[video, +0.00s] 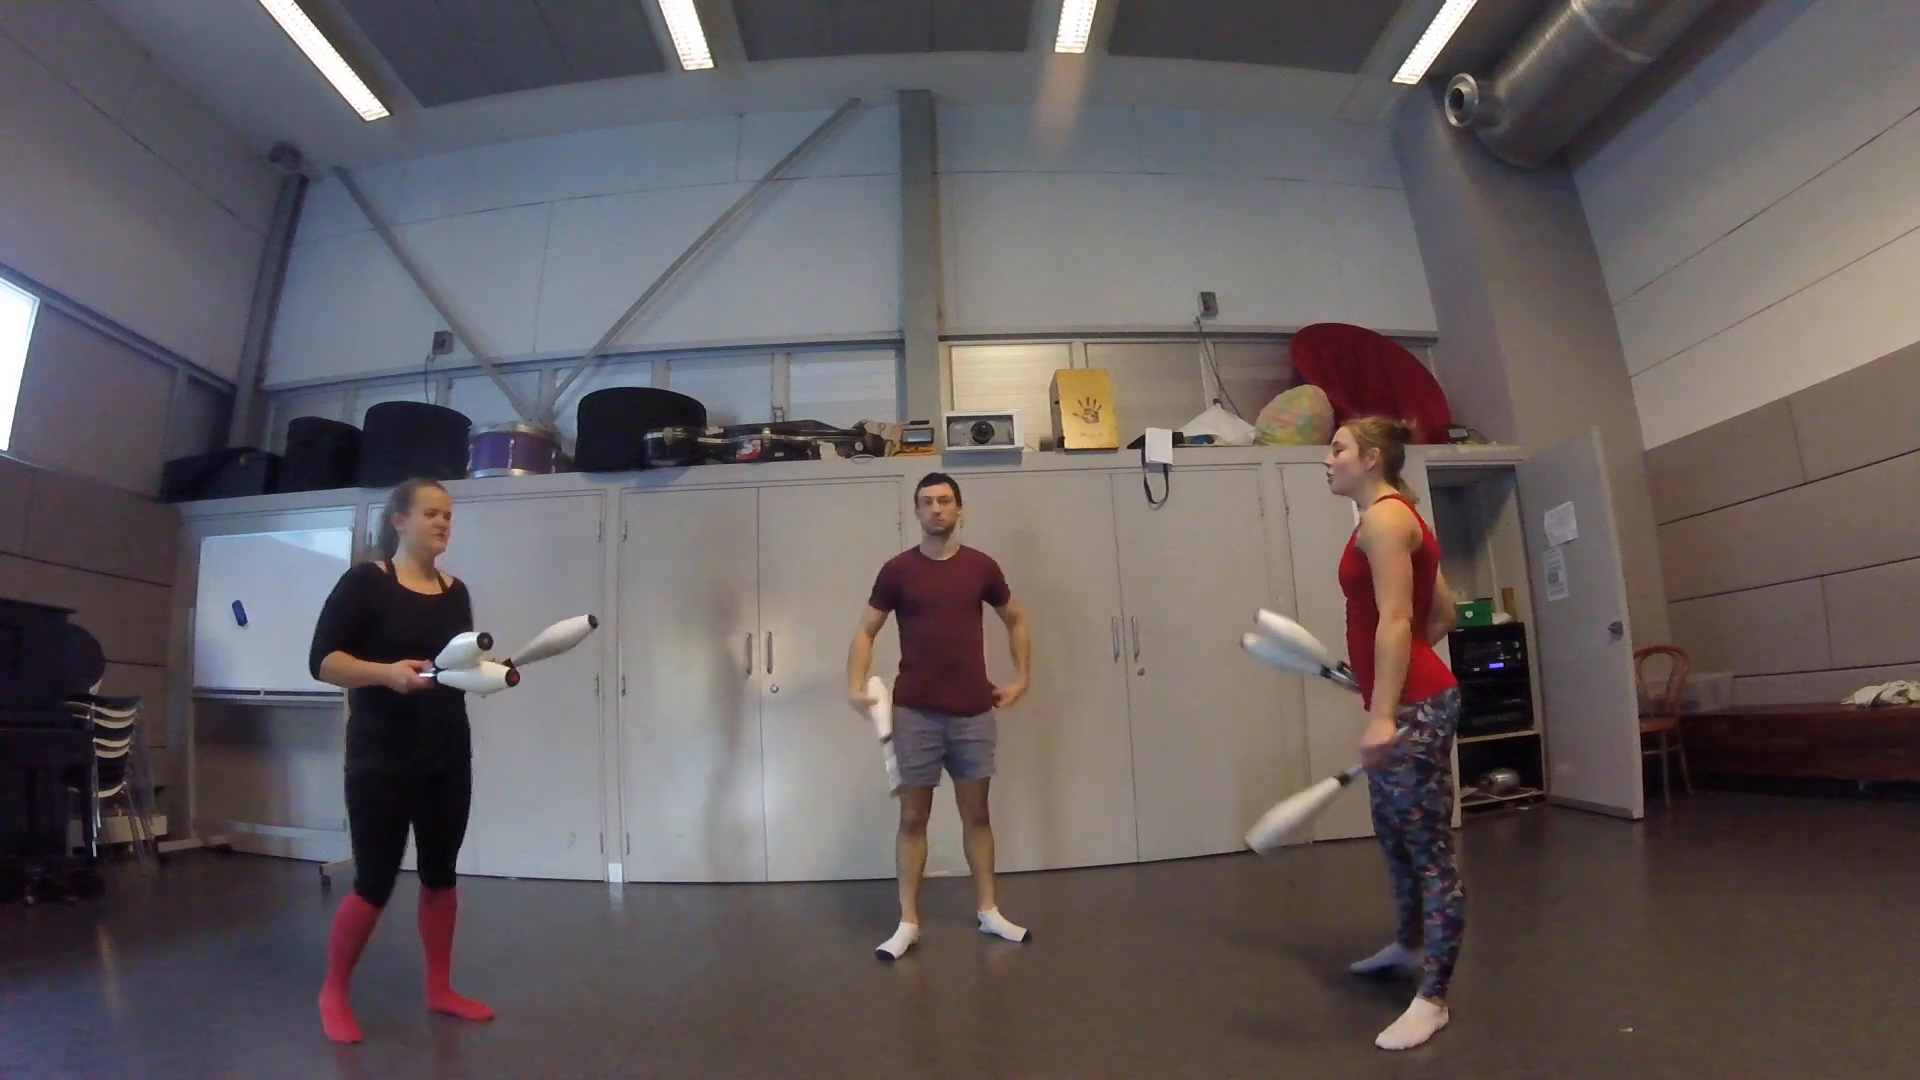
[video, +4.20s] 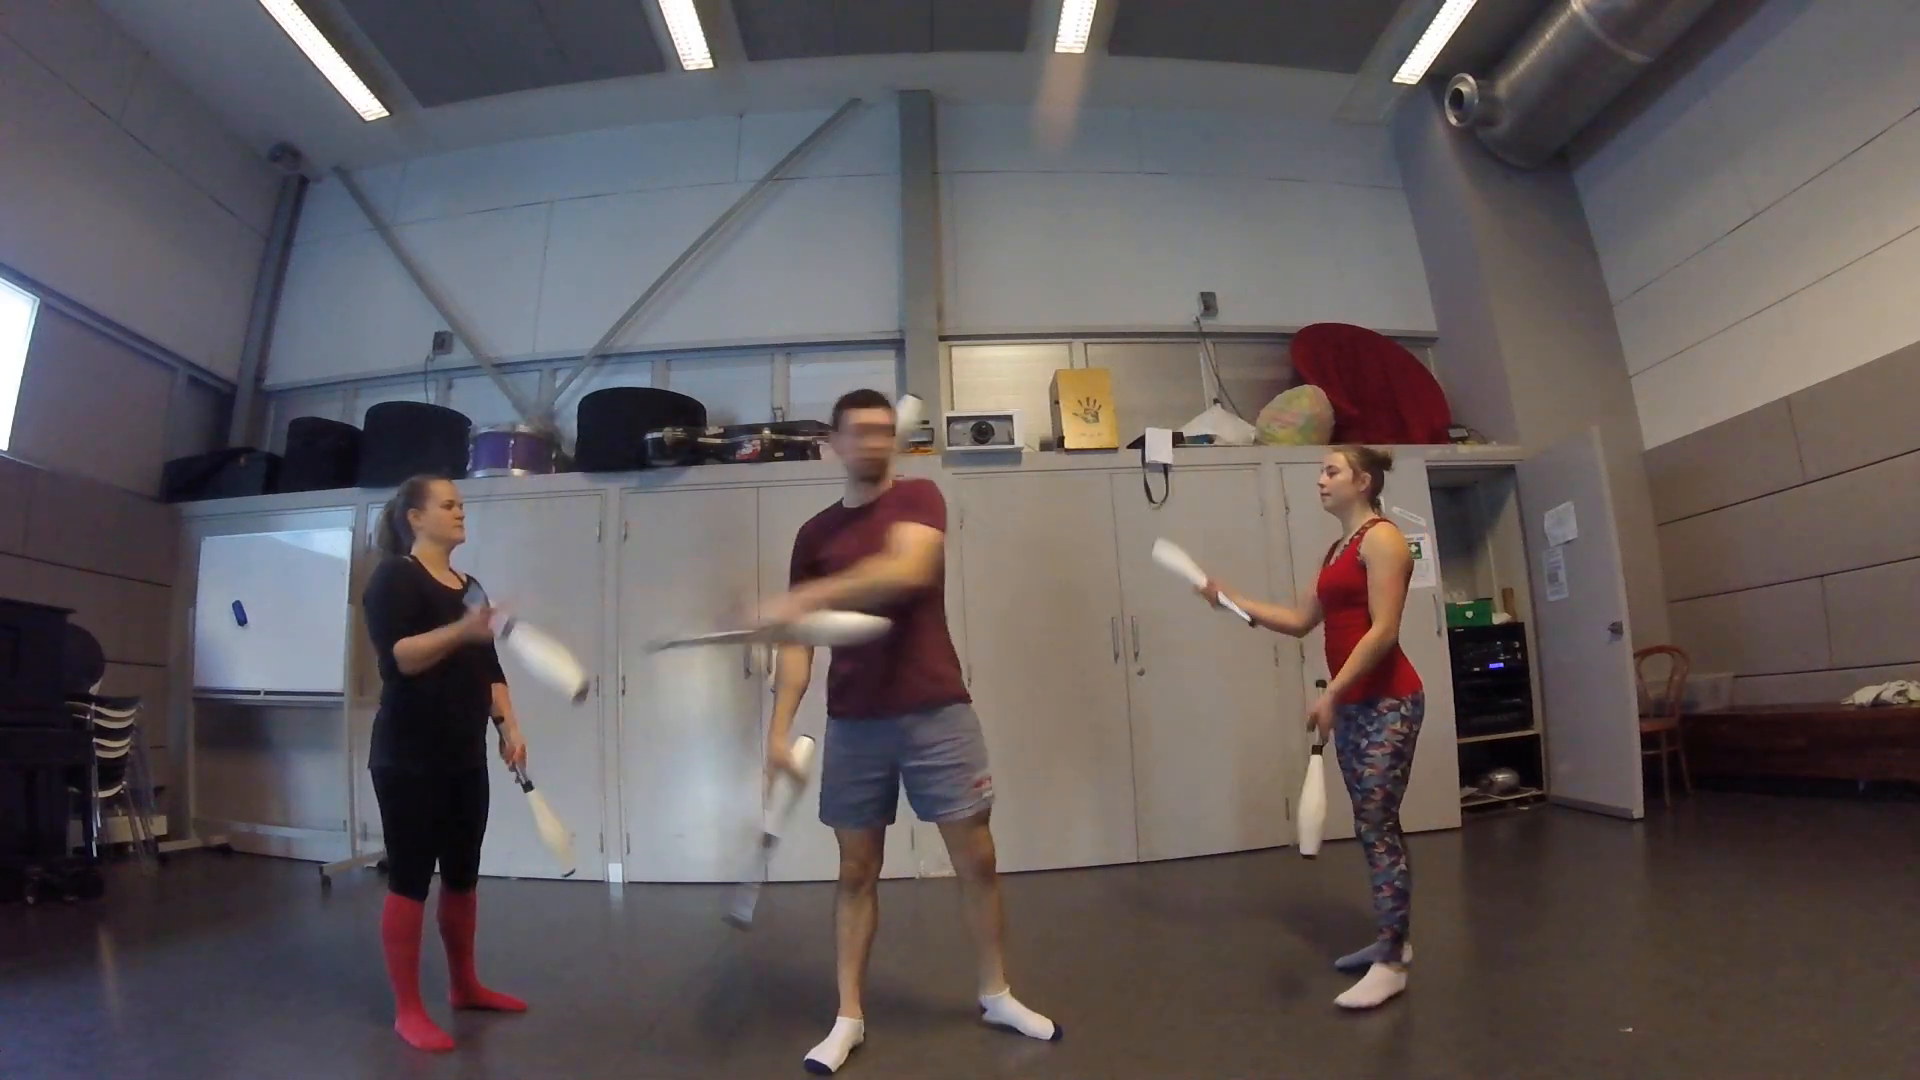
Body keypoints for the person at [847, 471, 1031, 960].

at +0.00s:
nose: (936, 508)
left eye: (944, 501)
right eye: (927, 502)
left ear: (959, 510)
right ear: (916, 512)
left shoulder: (982, 567)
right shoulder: (897, 571)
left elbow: (1015, 620)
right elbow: (867, 632)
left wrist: (1022, 681)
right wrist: (856, 686)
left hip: (973, 710)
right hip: (915, 710)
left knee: (977, 815)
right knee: (912, 819)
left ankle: (988, 911)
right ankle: (908, 921)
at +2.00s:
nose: (888, 509)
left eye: (896, 502)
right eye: (880, 503)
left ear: (910, 510)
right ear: (867, 512)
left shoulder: (934, 568)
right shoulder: (850, 576)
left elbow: (957, 633)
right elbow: (838, 647)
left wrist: (973, 694)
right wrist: (834, 716)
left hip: (927, 712)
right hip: (872, 714)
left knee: (920, 816)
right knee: (889, 817)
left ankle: (924, 912)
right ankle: (903, 920)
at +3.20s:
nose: (873, 462)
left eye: (884, 452)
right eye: (872, 454)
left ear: (921, 459)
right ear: (879, 467)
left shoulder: (966, 535)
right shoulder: (862, 544)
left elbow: (997, 619)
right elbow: (844, 631)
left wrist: (1008, 698)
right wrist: (825, 711)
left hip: (954, 722)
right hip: (879, 722)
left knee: (960, 850)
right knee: (871, 854)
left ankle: (968, 980)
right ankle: (867, 1000)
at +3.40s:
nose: (846, 460)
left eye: (856, 449)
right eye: (845, 451)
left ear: (897, 453)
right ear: (878, 457)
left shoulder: (946, 527)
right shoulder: (841, 541)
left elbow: (965, 617)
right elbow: (824, 634)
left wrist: (922, 674)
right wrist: (804, 719)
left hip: (940, 725)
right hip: (861, 725)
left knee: (956, 857)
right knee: (854, 863)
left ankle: (965, 981)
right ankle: (845, 1016)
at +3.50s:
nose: (831, 453)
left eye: (842, 442)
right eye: (832, 443)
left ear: (882, 446)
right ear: (858, 451)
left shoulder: (931, 517)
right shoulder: (827, 535)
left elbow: (923, 607)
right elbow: (813, 632)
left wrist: (837, 638)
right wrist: (786, 716)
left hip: (926, 716)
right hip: (849, 722)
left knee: (964, 855)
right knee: (849, 865)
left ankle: (971, 973)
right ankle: (845, 1015)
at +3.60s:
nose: (818, 451)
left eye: (827, 440)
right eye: (817, 442)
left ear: (868, 442)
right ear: (855, 445)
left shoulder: (915, 511)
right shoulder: (820, 535)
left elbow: (863, 583)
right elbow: (802, 630)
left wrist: (755, 596)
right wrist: (774, 711)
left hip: (917, 714)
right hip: (839, 720)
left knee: (966, 854)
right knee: (844, 866)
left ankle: (990, 971)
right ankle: (845, 1018)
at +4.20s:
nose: (876, 443)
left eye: (885, 432)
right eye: (862, 432)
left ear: (898, 440)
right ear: (833, 443)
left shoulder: (918, 498)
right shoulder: (814, 537)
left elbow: (910, 570)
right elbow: (797, 640)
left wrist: (807, 598)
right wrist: (779, 732)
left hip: (937, 711)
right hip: (857, 721)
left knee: (979, 860)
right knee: (856, 871)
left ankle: (996, 995)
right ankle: (848, 1017)